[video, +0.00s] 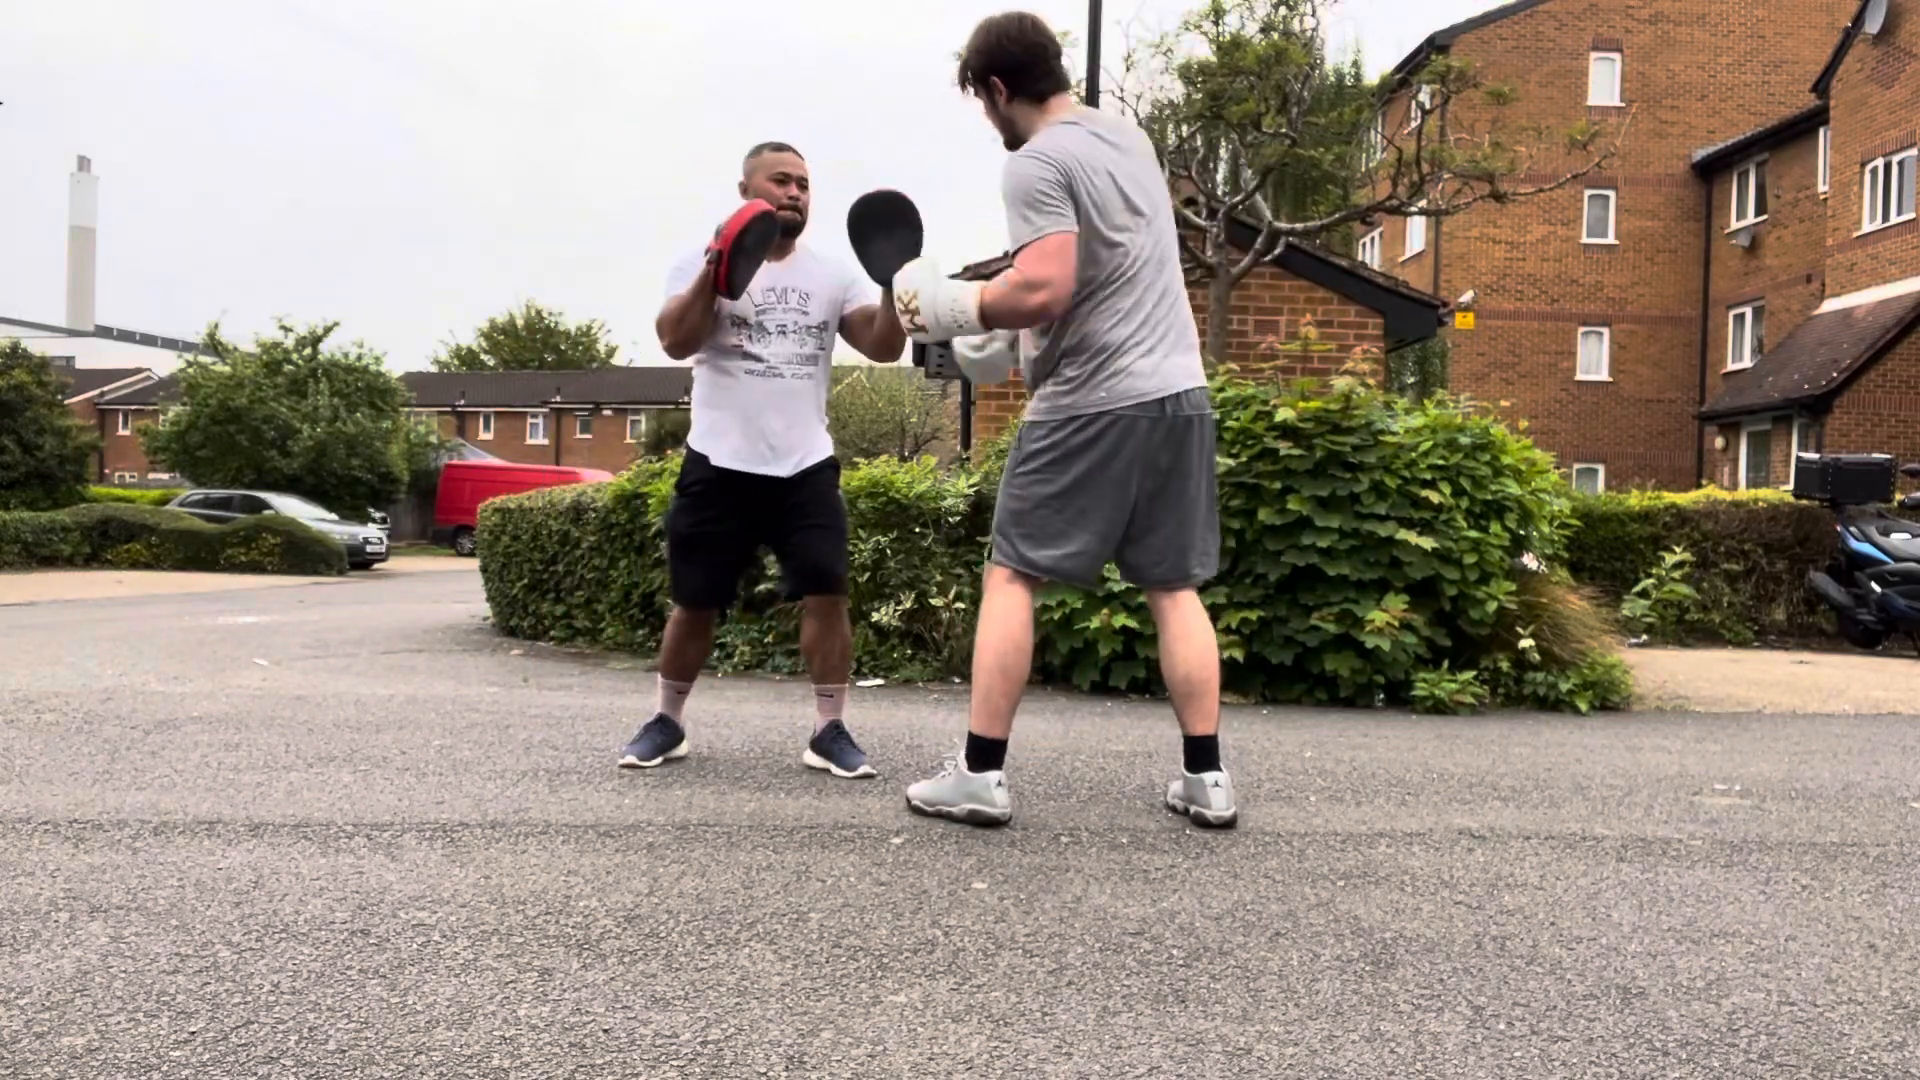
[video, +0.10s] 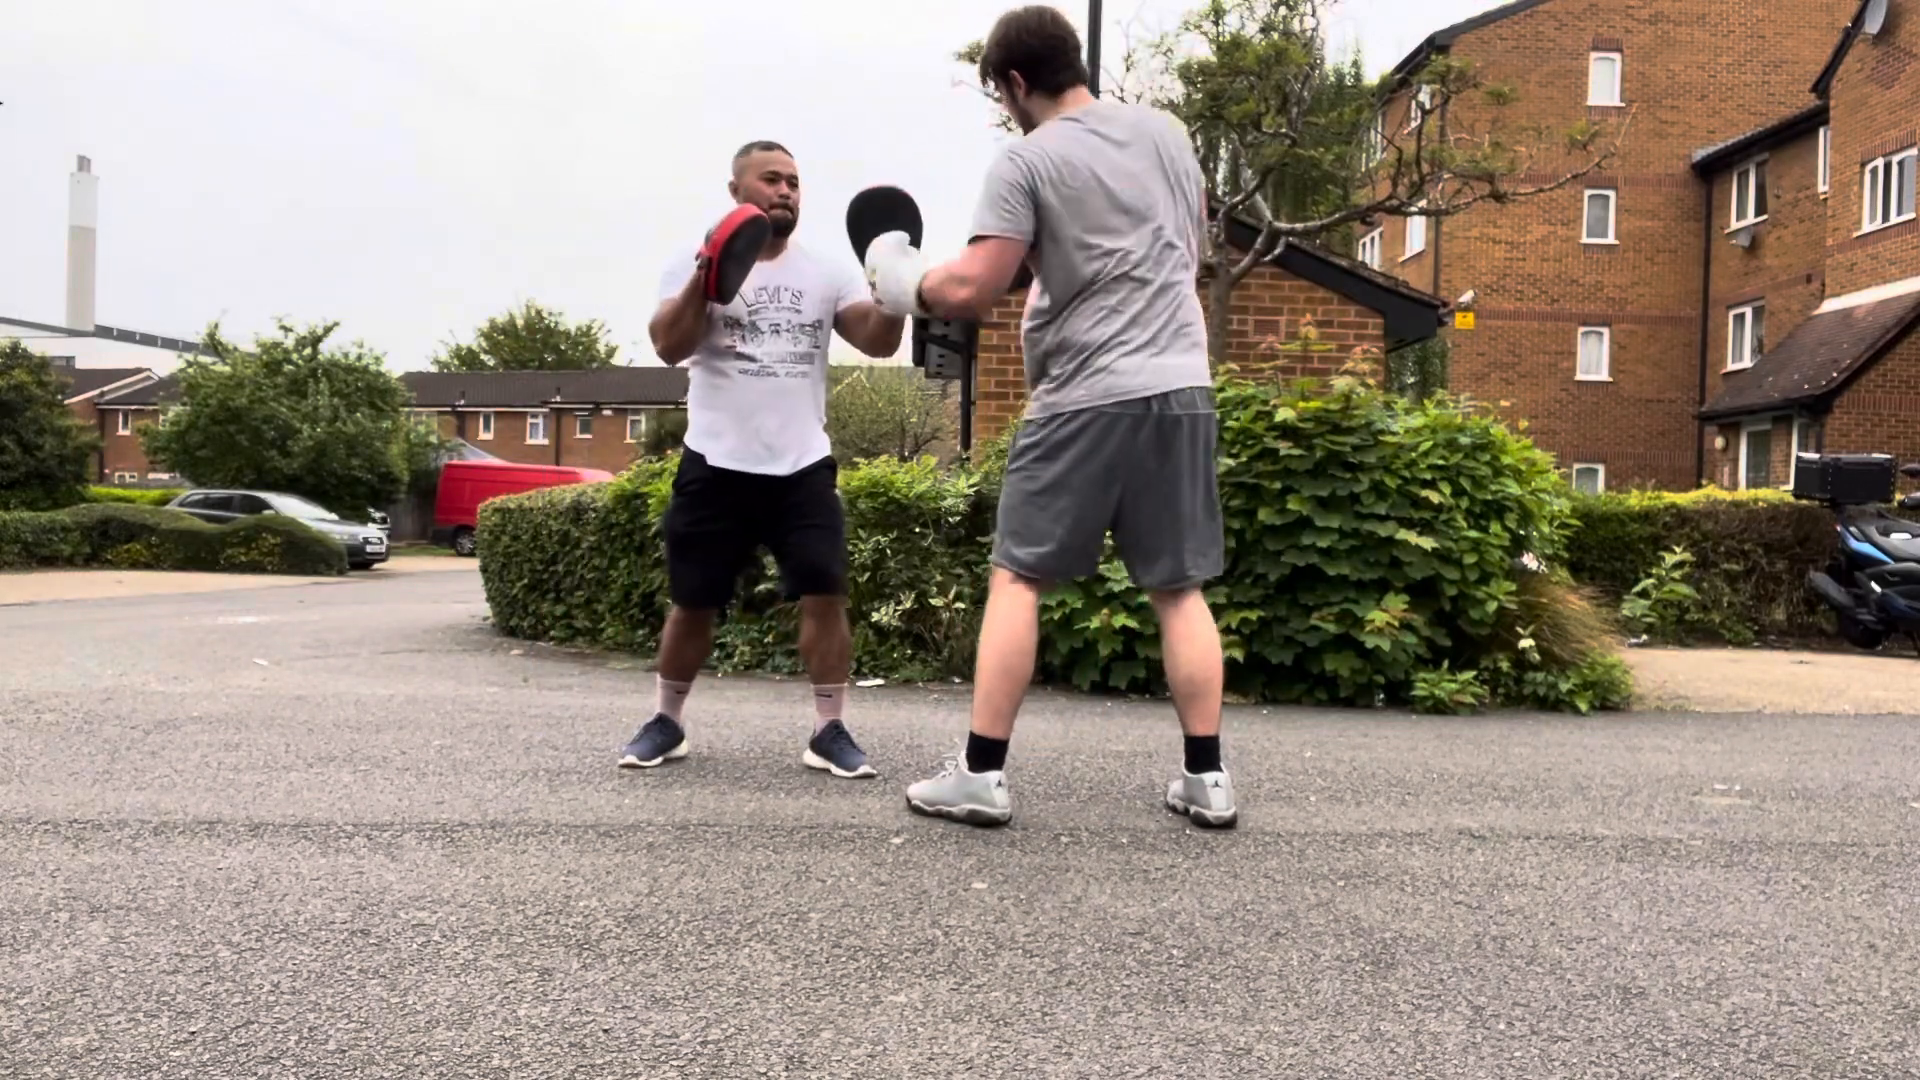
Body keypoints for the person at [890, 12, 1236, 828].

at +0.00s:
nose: (983, 115)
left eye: (979, 99)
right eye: (979, 100)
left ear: (997, 88)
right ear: (1055, 74)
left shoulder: (1038, 160)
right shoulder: (1126, 133)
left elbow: (1045, 288)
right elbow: (1113, 287)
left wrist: (947, 301)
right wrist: (1000, 345)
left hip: (1092, 402)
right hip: (1181, 393)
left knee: (1012, 572)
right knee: (1173, 582)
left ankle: (980, 772)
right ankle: (1208, 778)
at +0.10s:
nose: (1003, 110)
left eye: (999, 95)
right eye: (999, 97)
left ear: (1019, 81)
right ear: (1079, 69)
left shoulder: (1027, 159)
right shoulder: (1166, 133)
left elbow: (969, 294)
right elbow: (1190, 253)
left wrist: (905, 279)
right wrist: (1071, 279)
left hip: (1082, 400)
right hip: (1184, 391)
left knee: (1017, 577)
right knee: (1178, 587)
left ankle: (981, 774)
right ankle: (1209, 779)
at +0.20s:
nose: (1028, 102)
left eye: (1024, 90)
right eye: (1025, 92)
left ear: (1038, 79)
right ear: (1105, 63)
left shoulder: (1026, 159)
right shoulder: (1191, 125)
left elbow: (934, 268)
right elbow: (1256, 232)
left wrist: (916, 239)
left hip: (1080, 397)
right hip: (1183, 393)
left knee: (1026, 576)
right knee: (1185, 591)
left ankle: (981, 774)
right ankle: (1208, 779)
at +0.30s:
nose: (1035, 95)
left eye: (1032, 85)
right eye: (1035, 86)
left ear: (1046, 79)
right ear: (1118, 64)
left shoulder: (1026, 157)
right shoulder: (1199, 126)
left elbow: (950, 264)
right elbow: (1284, 224)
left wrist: (1022, 253)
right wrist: (1237, 297)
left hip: (1079, 398)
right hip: (1184, 391)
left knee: (1031, 578)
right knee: (1189, 591)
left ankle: (982, 774)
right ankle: (1207, 781)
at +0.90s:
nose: (1122, 84)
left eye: (1122, 71)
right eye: (1119, 73)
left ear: (1145, 57)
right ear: (1210, 57)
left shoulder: (1129, 125)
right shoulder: (1271, 145)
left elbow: (1059, 249)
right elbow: (1266, 257)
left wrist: (1070, 197)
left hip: (1132, 395)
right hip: (1230, 400)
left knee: (1059, 559)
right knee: (1204, 582)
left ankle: (1037, 753)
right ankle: (1210, 779)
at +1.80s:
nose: (1051, 86)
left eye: (1050, 75)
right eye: (1051, 76)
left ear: (1068, 68)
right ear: (1135, 61)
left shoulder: (1039, 141)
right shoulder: (1206, 142)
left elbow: (943, 232)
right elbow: (1194, 237)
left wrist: (954, 169)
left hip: (1062, 408)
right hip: (1175, 405)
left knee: (1010, 580)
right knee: (1206, 592)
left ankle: (1001, 776)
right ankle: (1257, 783)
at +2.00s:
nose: (991, 93)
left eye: (990, 82)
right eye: (989, 82)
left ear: (1012, 73)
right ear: (1076, 64)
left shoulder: (989, 141)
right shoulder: (1153, 136)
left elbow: (910, 208)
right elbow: (1161, 241)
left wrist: (891, 188)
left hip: (1042, 400)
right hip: (1152, 397)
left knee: (994, 584)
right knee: (1191, 581)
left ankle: (997, 780)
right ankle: (1252, 767)